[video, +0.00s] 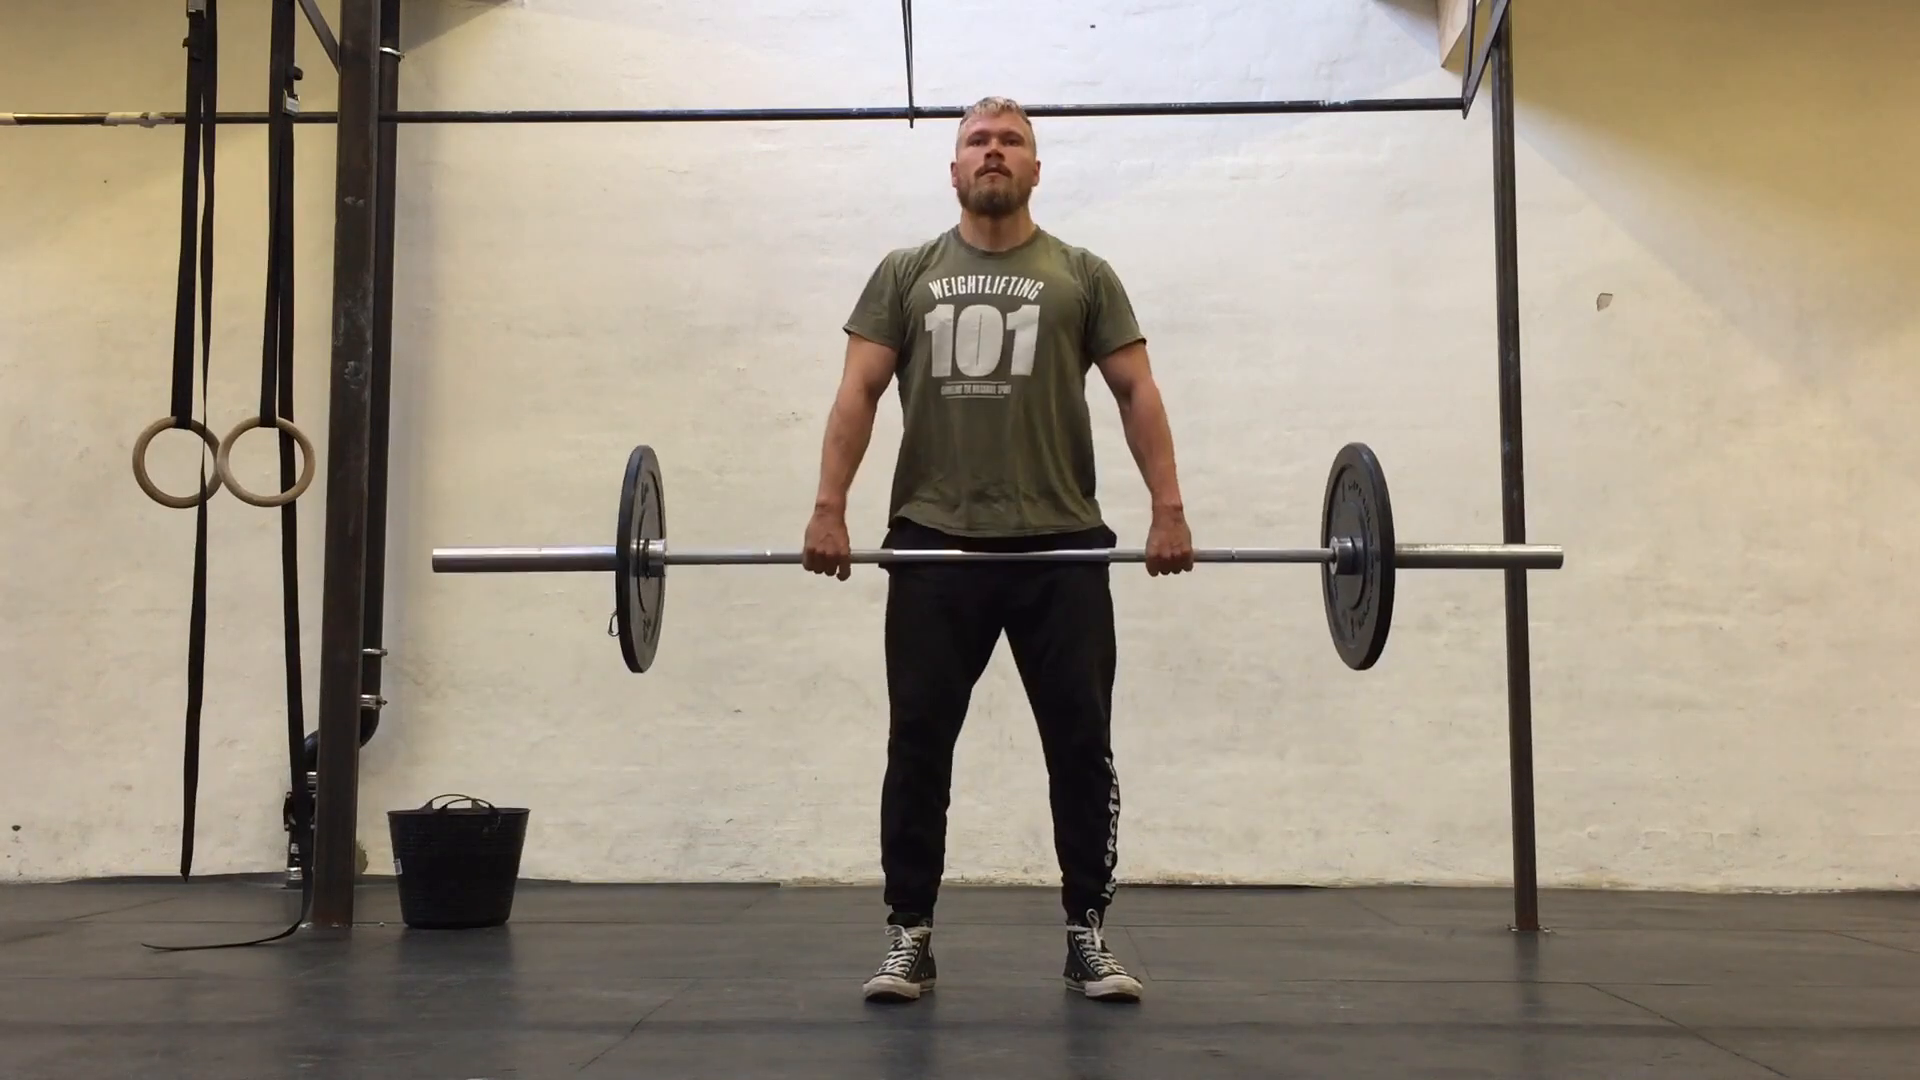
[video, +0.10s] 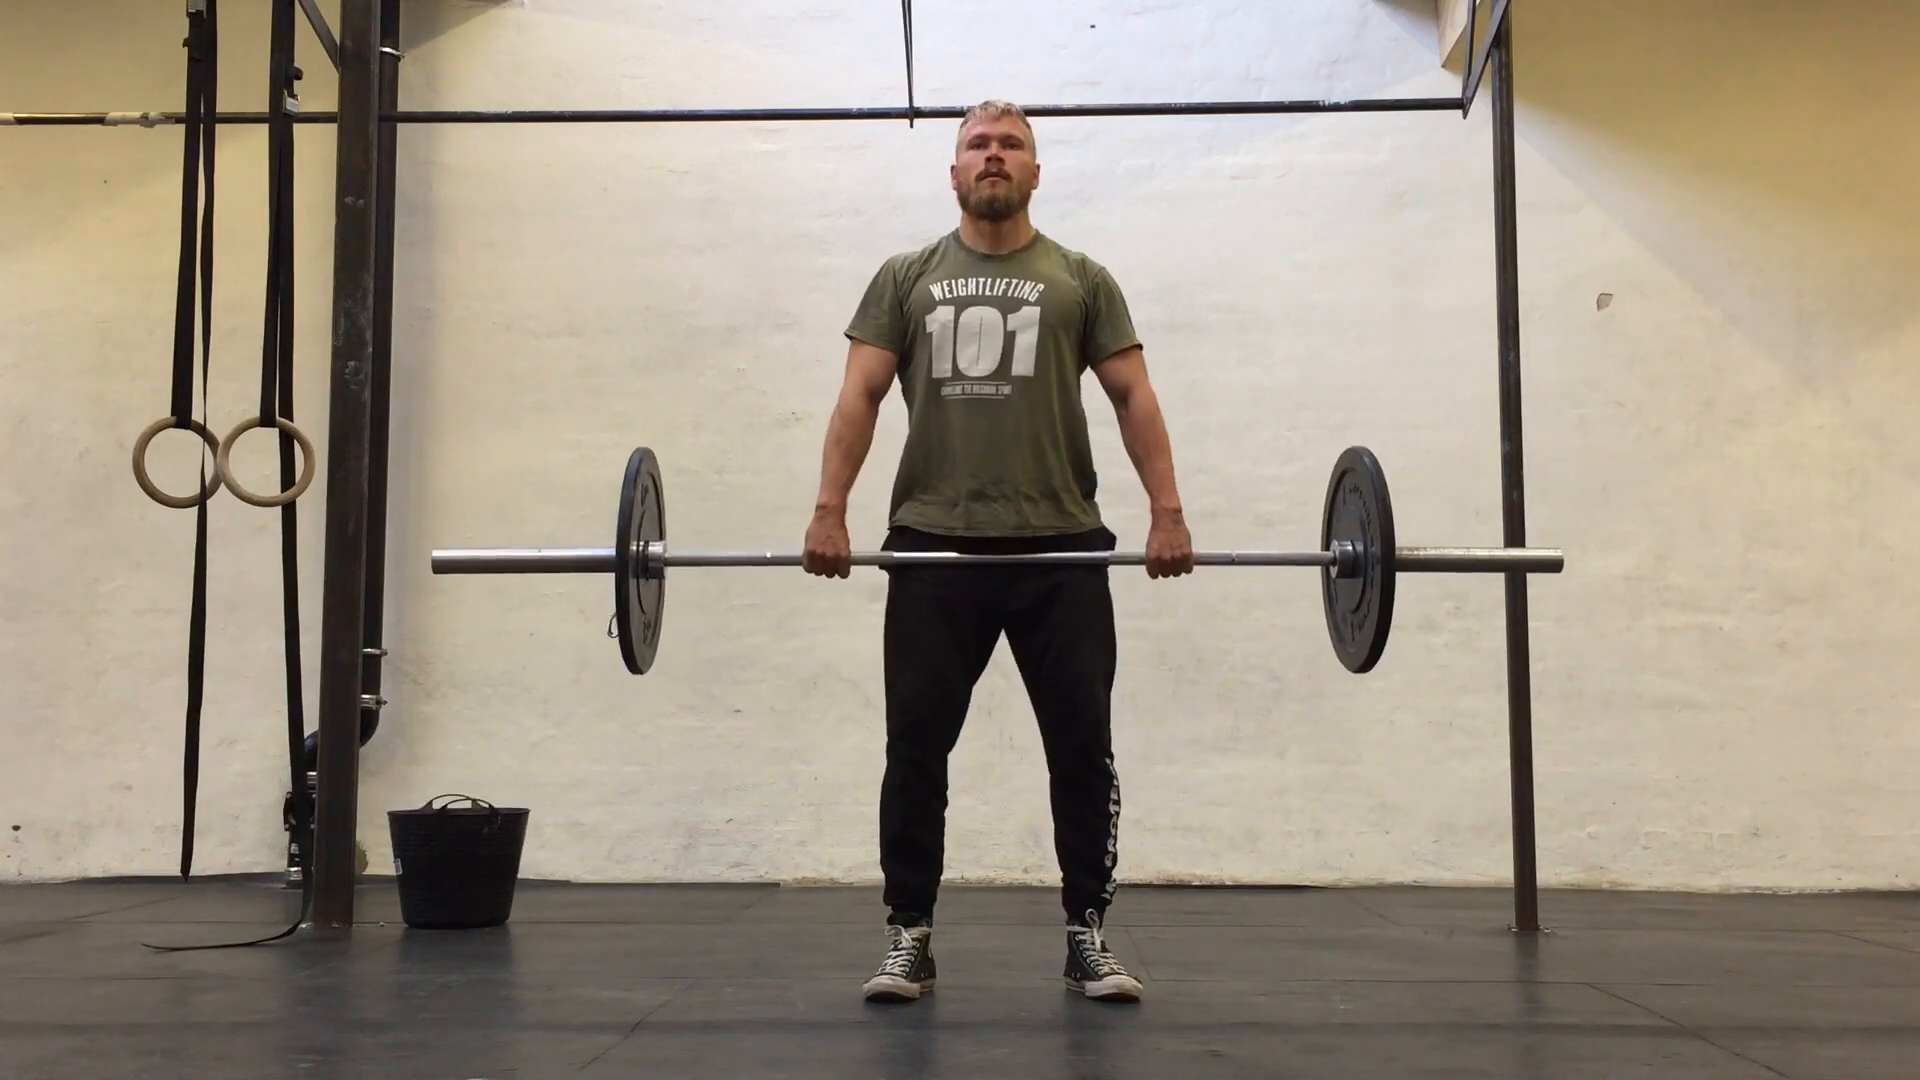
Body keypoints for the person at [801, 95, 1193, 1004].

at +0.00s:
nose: (992, 149)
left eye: (1010, 139)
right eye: (977, 139)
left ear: (1037, 169)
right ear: (953, 167)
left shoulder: (1082, 274)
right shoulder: (906, 273)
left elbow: (1135, 388)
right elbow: (858, 391)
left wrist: (1168, 507)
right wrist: (829, 507)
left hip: (1061, 543)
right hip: (935, 543)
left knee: (1081, 747)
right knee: (917, 745)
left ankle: (1088, 939)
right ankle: (908, 937)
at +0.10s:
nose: (993, 153)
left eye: (1010, 144)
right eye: (977, 143)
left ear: (1036, 172)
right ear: (953, 171)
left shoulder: (1082, 281)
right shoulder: (907, 278)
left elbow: (1133, 394)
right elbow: (859, 395)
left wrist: (1167, 511)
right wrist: (829, 509)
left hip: (1061, 548)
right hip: (935, 548)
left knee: (1083, 750)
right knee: (915, 750)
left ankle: (1089, 938)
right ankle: (907, 936)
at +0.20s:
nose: (993, 156)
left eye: (1011, 147)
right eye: (978, 146)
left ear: (1037, 175)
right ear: (954, 173)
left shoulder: (1081, 282)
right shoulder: (907, 280)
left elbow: (1133, 396)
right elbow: (860, 395)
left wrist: (1167, 509)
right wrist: (829, 508)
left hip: (1061, 549)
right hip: (935, 550)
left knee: (1083, 751)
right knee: (914, 751)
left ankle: (1089, 938)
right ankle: (907, 936)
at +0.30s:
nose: (993, 159)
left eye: (1010, 149)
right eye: (977, 148)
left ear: (1036, 176)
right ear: (954, 174)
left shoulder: (1082, 284)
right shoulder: (907, 282)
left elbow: (1133, 397)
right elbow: (860, 396)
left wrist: (1167, 510)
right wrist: (829, 508)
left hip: (1061, 550)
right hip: (936, 551)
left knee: (1083, 754)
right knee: (915, 752)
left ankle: (1089, 939)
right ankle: (907, 937)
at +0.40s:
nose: (993, 159)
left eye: (1010, 149)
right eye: (978, 148)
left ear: (1036, 176)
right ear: (954, 175)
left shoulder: (1082, 283)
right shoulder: (907, 282)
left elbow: (1133, 396)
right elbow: (860, 395)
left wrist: (1167, 510)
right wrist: (829, 507)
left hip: (1062, 549)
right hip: (937, 550)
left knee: (1084, 751)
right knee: (914, 750)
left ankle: (1088, 939)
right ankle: (907, 937)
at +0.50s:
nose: (994, 156)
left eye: (1011, 145)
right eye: (979, 145)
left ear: (1037, 173)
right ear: (955, 172)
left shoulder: (1084, 280)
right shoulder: (908, 278)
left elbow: (1135, 393)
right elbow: (859, 392)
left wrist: (1168, 508)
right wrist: (829, 506)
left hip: (1062, 549)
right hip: (937, 550)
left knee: (1085, 752)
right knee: (915, 750)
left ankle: (1089, 939)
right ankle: (907, 936)